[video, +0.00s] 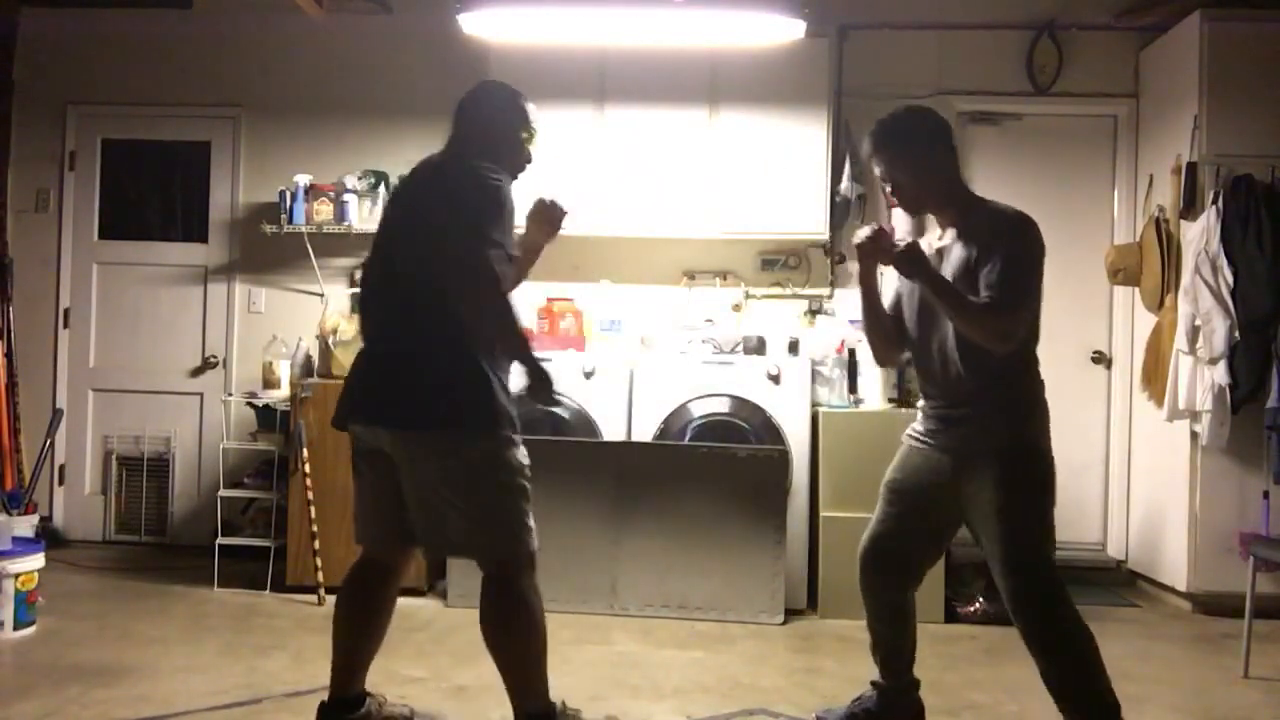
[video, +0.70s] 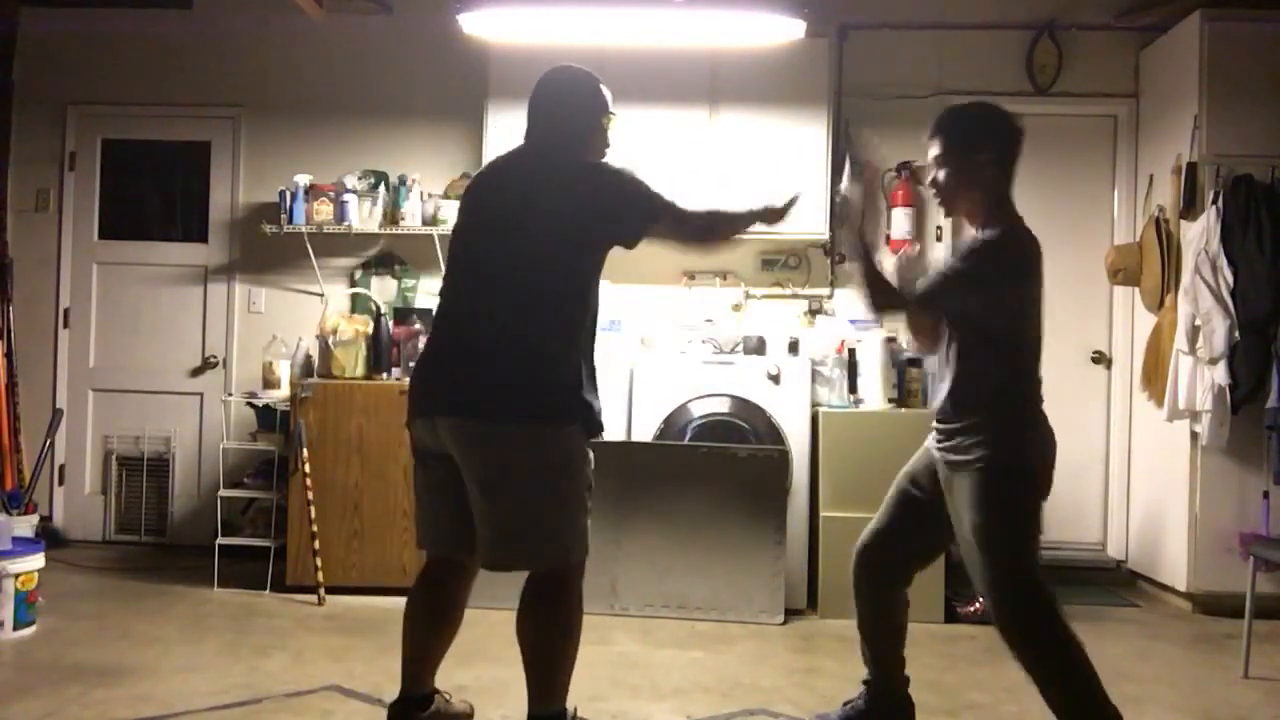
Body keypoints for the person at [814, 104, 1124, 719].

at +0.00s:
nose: (886, 191)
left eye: (893, 175)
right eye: (881, 178)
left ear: (934, 162)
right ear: (920, 171)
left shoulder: (1011, 232)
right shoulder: (916, 252)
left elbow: (1003, 333)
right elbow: (888, 350)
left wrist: (915, 268)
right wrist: (867, 275)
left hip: (1004, 439)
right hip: (933, 435)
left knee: (1032, 597)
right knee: (882, 563)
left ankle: (1100, 716)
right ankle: (896, 695)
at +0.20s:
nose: (888, 190)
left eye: (895, 174)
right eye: (883, 177)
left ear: (936, 163)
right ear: (916, 174)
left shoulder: (994, 230)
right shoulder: (925, 254)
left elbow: (950, 313)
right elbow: (905, 353)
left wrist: (883, 276)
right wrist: (876, 286)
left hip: (1005, 444)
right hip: (942, 442)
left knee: (1034, 602)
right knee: (890, 565)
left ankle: (1100, 717)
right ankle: (888, 697)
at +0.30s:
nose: (877, 186)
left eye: (883, 170)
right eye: (872, 173)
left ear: (925, 160)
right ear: (920, 165)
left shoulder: (965, 229)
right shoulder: (928, 239)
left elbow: (867, 284)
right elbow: (919, 347)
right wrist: (880, 290)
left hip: (1006, 437)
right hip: (948, 435)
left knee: (1034, 604)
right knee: (900, 563)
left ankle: (1098, 715)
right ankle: (890, 696)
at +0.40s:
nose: (879, 183)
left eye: (886, 167)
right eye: (875, 170)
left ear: (927, 160)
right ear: (932, 163)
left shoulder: (956, 233)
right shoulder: (936, 230)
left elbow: (869, 317)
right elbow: (941, 336)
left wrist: (784, 318)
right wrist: (891, 292)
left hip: (998, 435)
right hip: (949, 431)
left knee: (1027, 596)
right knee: (902, 561)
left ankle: (1096, 714)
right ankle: (891, 696)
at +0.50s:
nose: (888, 185)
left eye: (898, 169)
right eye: (886, 172)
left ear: (939, 164)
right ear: (932, 171)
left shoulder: (975, 235)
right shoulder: (950, 236)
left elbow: (960, 347)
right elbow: (958, 334)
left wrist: (872, 337)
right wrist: (906, 314)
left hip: (998, 443)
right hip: (945, 438)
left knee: (1026, 598)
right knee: (887, 559)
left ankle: (1097, 715)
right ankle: (889, 695)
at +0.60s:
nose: (904, 183)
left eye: (914, 168)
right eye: (903, 170)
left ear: (959, 166)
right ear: (948, 169)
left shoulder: (1006, 241)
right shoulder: (957, 249)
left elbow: (986, 350)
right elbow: (950, 354)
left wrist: (906, 318)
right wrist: (904, 331)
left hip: (999, 455)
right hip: (940, 446)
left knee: (1033, 617)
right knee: (873, 574)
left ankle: (1101, 717)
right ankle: (886, 698)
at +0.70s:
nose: (929, 179)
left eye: (941, 163)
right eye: (928, 165)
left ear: (986, 164)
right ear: (976, 169)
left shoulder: (1005, 247)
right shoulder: (971, 248)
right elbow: (933, 338)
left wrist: (857, 235)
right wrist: (902, 287)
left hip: (996, 451)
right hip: (949, 444)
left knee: (1019, 614)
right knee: (876, 565)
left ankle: (1102, 719)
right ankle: (886, 697)